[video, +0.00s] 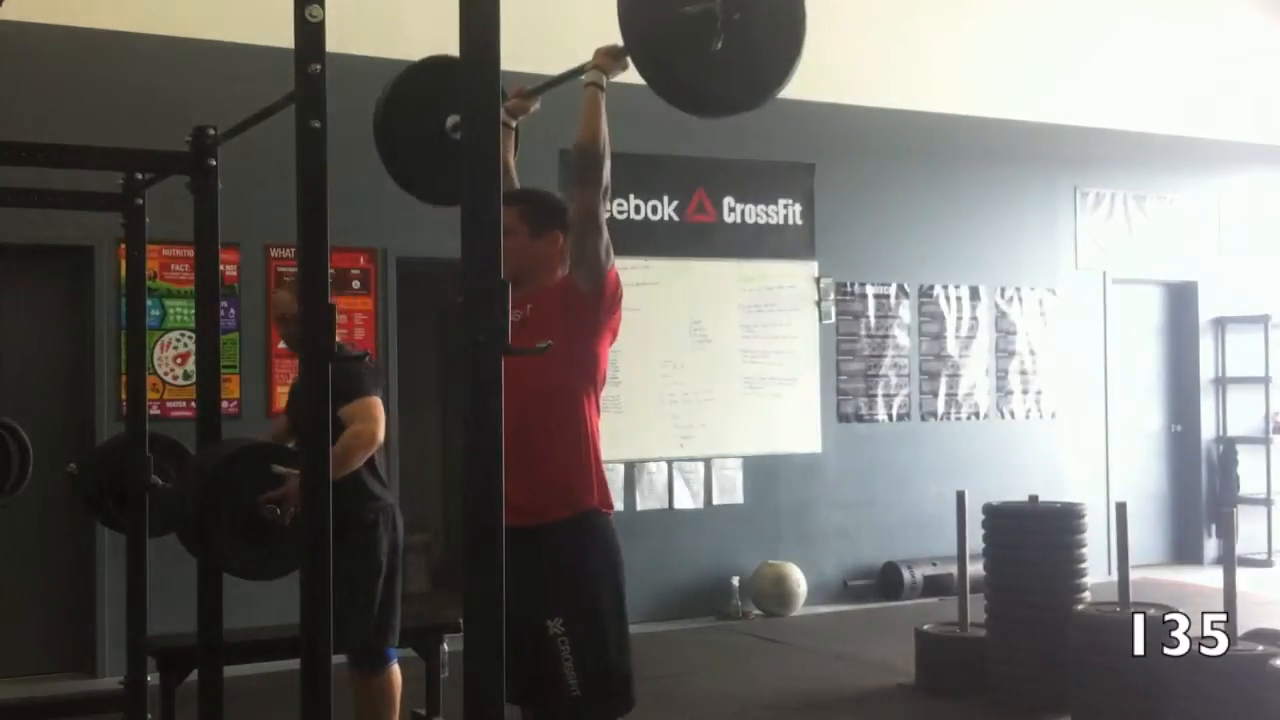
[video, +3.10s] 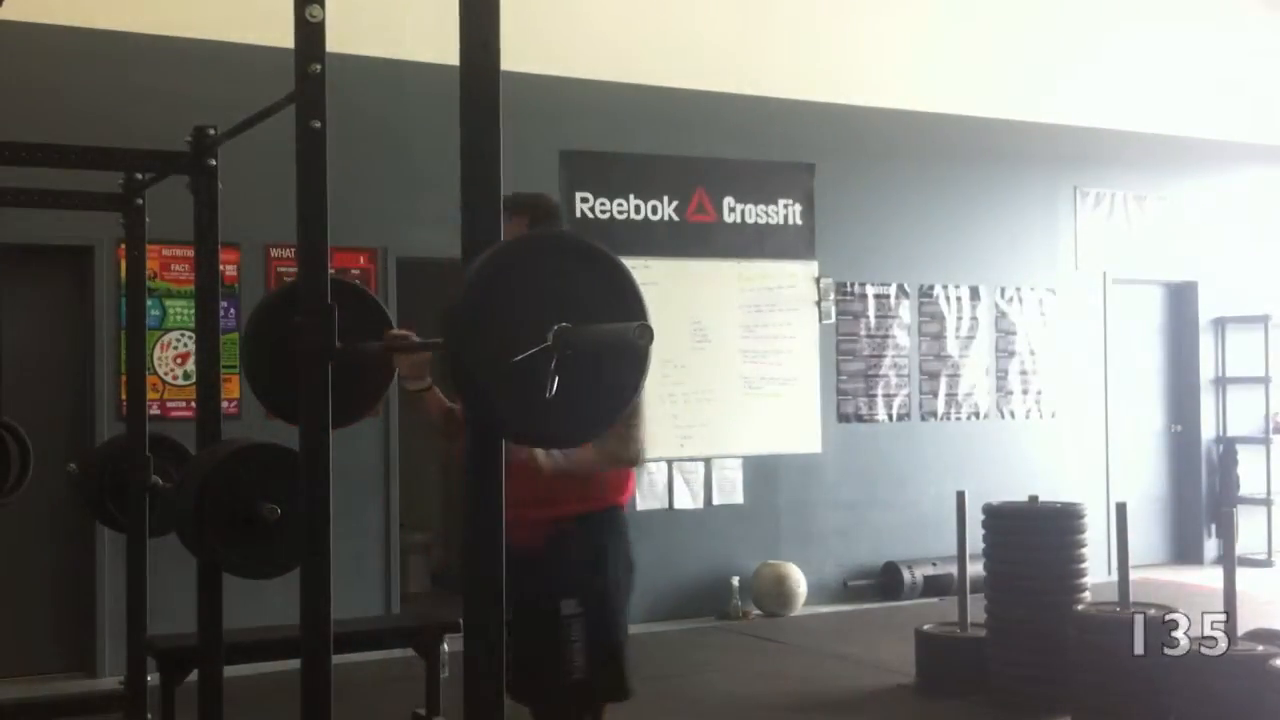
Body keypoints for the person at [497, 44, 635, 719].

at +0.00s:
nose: (499, 242)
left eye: (509, 229)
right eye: (497, 230)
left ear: (552, 238)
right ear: (509, 240)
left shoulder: (586, 298)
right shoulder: (501, 305)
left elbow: (589, 183)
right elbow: (496, 212)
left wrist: (595, 79)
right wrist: (507, 128)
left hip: (573, 523)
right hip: (504, 524)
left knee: (601, 689)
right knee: (523, 686)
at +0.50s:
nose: (573, 239)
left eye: (591, 232)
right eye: (575, 231)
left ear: (624, 260)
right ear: (563, 251)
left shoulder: (618, 326)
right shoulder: (530, 323)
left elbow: (562, 282)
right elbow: (456, 308)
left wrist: (576, 186)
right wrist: (488, 225)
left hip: (568, 527)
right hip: (503, 524)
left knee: (583, 686)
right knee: (508, 679)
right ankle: (535, 709)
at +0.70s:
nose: (577, 253)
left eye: (595, 245)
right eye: (578, 244)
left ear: (619, 268)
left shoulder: (623, 339)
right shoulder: (534, 335)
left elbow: (562, 350)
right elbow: (450, 361)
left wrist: (569, 264)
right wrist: (477, 282)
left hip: (565, 533)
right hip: (504, 530)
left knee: (573, 689)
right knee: (505, 683)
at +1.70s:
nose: (508, 257)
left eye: (525, 248)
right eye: (504, 243)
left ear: (553, 263)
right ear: (493, 248)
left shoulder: (550, 332)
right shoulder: (470, 331)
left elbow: (497, 433)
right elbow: (414, 433)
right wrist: (421, 349)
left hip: (503, 540)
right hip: (442, 538)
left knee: (493, 692)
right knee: (444, 692)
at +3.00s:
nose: (495, 266)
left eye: (507, 249)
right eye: (484, 251)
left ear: (537, 250)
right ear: (481, 262)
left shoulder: (581, 326)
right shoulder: (490, 334)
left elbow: (591, 449)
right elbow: (455, 430)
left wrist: (498, 415)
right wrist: (406, 380)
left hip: (575, 523)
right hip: (502, 522)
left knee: (574, 688)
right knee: (515, 683)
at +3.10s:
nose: (508, 263)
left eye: (521, 248)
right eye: (500, 249)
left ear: (553, 248)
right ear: (495, 256)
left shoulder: (600, 340)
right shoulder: (501, 335)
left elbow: (627, 447)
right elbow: (467, 433)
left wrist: (552, 457)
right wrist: (417, 381)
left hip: (582, 526)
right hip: (512, 526)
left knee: (582, 694)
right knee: (533, 690)